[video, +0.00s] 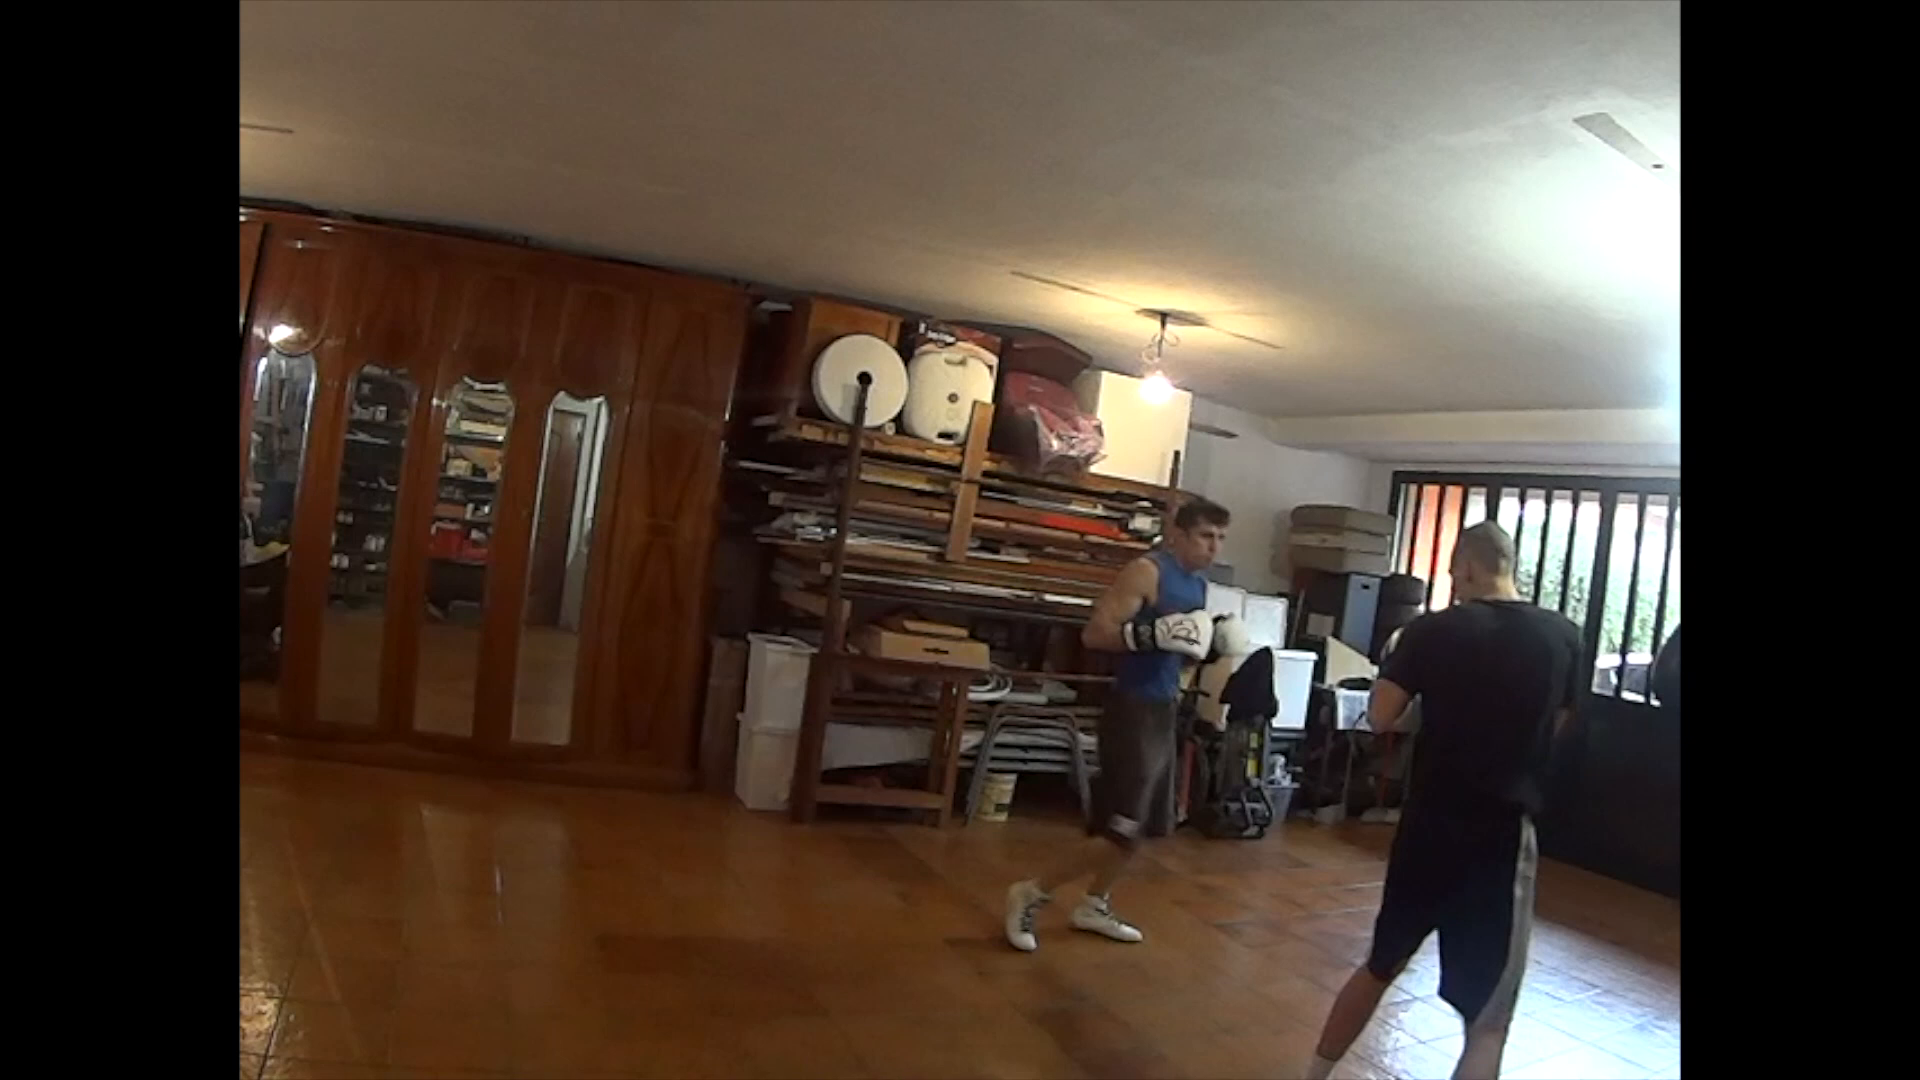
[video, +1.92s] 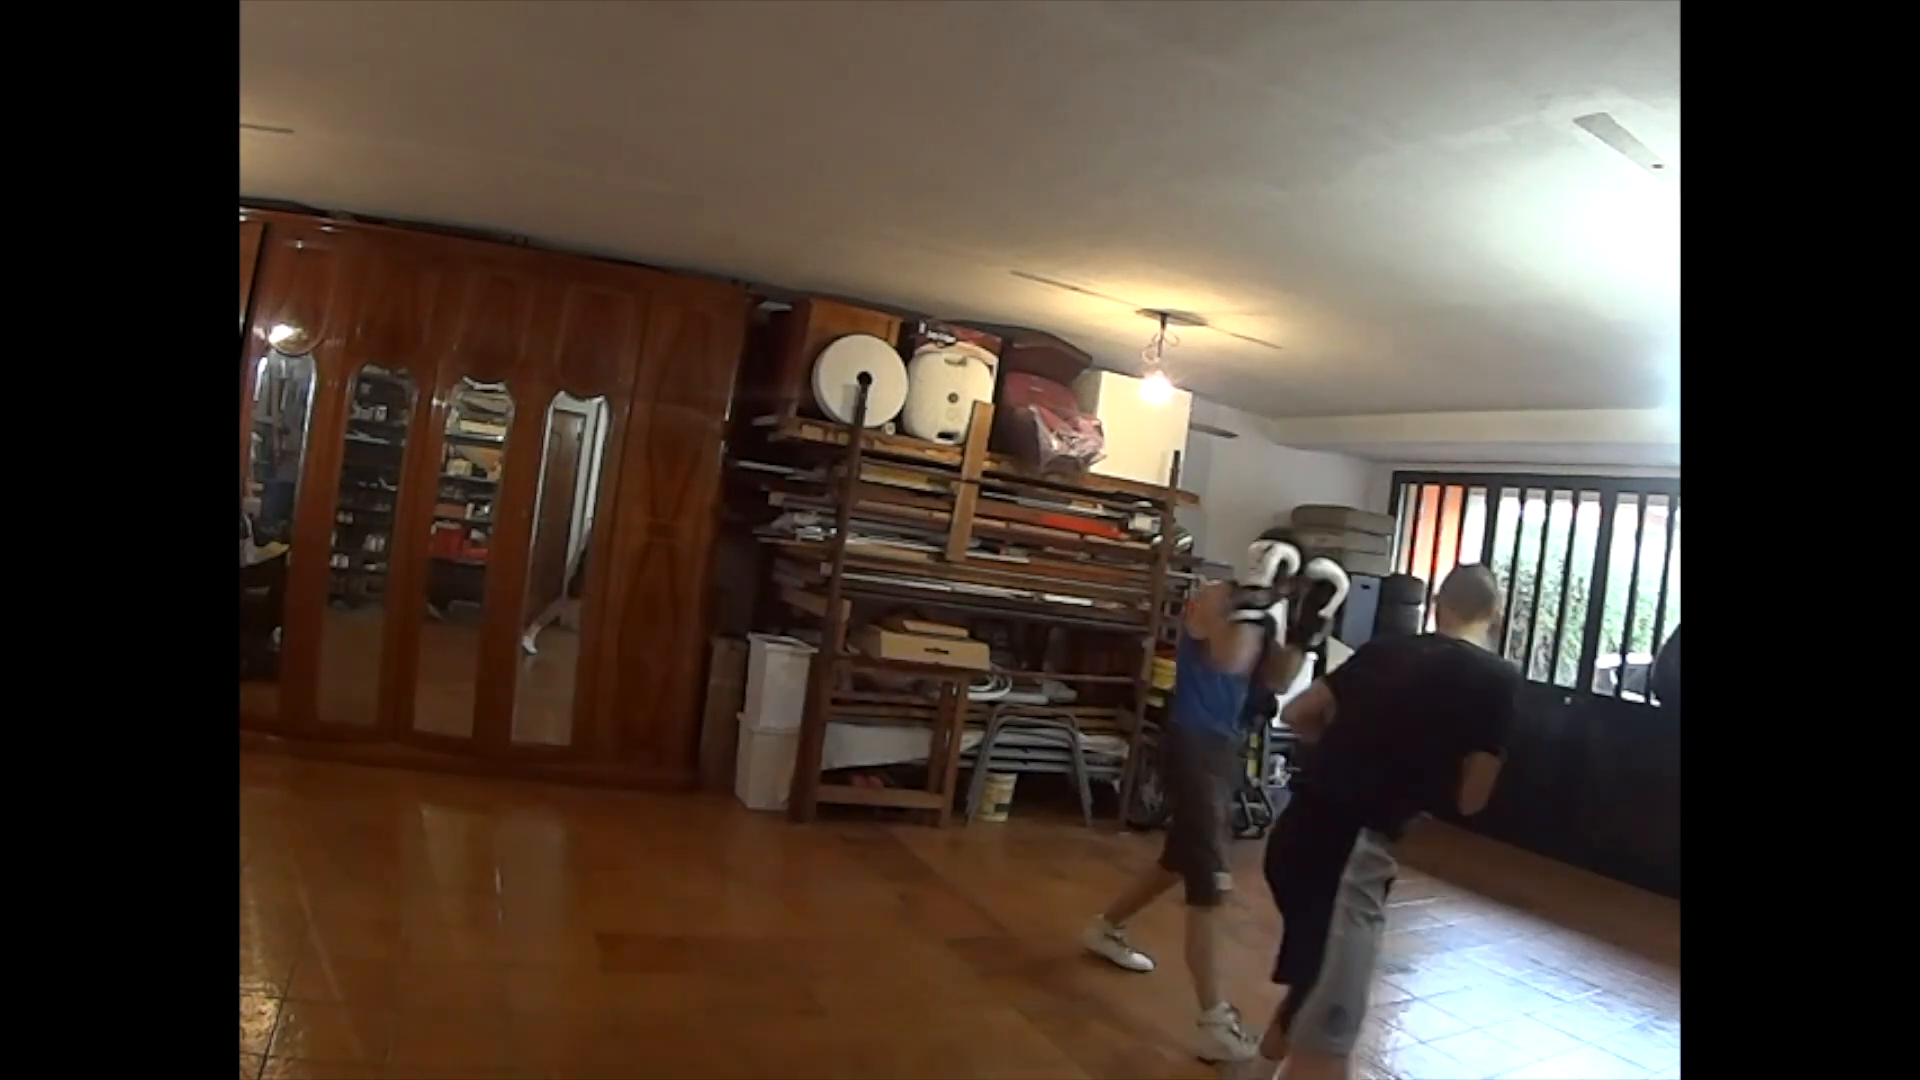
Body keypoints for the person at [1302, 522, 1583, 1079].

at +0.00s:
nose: (1453, 582)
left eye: (1453, 572)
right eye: (1455, 573)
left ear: (1463, 569)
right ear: (1511, 567)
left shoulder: (1434, 629)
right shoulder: (1561, 635)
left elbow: (1381, 715)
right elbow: (1561, 725)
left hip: (1430, 820)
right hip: (1505, 832)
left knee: (1378, 967)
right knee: (1490, 1020)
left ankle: (1315, 1071)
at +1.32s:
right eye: (1526, 595)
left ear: (1470, 591)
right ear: (1529, 597)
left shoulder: (1420, 650)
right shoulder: (1555, 670)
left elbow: (1346, 733)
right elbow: (1526, 777)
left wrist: (1408, 731)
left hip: (1381, 840)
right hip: (1457, 863)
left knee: (1343, 986)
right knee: (1481, 1050)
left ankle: (1273, 1072)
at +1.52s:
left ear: (1518, 619)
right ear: (1580, 641)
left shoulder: (1441, 676)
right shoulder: (1580, 730)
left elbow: (1356, 744)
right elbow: (1530, 827)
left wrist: (1398, 779)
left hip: (1371, 874)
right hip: (1450, 913)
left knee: (1351, 987)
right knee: (1474, 1064)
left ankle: (1264, 1071)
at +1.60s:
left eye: (1511, 609)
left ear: (1509, 615)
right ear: (1569, 638)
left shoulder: (1440, 669)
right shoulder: (1571, 722)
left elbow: (1367, 689)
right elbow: (1534, 828)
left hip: (1362, 866)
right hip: (1437, 902)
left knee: (1347, 987)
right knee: (1459, 1066)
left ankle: (1265, 1070)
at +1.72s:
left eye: (1478, 608)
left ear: (1474, 612)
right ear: (1528, 630)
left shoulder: (1418, 653)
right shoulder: (1526, 688)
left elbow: (1366, 633)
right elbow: (1498, 810)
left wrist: (1357, 588)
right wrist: (1440, 774)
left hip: (1333, 843)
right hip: (1394, 864)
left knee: (1335, 986)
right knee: (1409, 1055)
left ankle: (1264, 1071)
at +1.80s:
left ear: (1460, 617)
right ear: (1518, 631)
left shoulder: (1413, 652)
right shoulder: (1514, 685)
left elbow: (1312, 664)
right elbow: (1487, 810)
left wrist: (1299, 595)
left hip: (1319, 839)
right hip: (1377, 858)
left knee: (1331, 986)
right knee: (1380, 1042)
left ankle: (1264, 1070)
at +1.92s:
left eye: (1437, 605)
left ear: (1436, 608)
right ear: (1494, 616)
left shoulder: (1386, 648)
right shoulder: (1495, 677)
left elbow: (1300, 714)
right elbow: (1469, 799)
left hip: (1298, 831)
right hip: (1354, 856)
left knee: (1306, 985)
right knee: (1326, 1037)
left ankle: (1262, 1068)